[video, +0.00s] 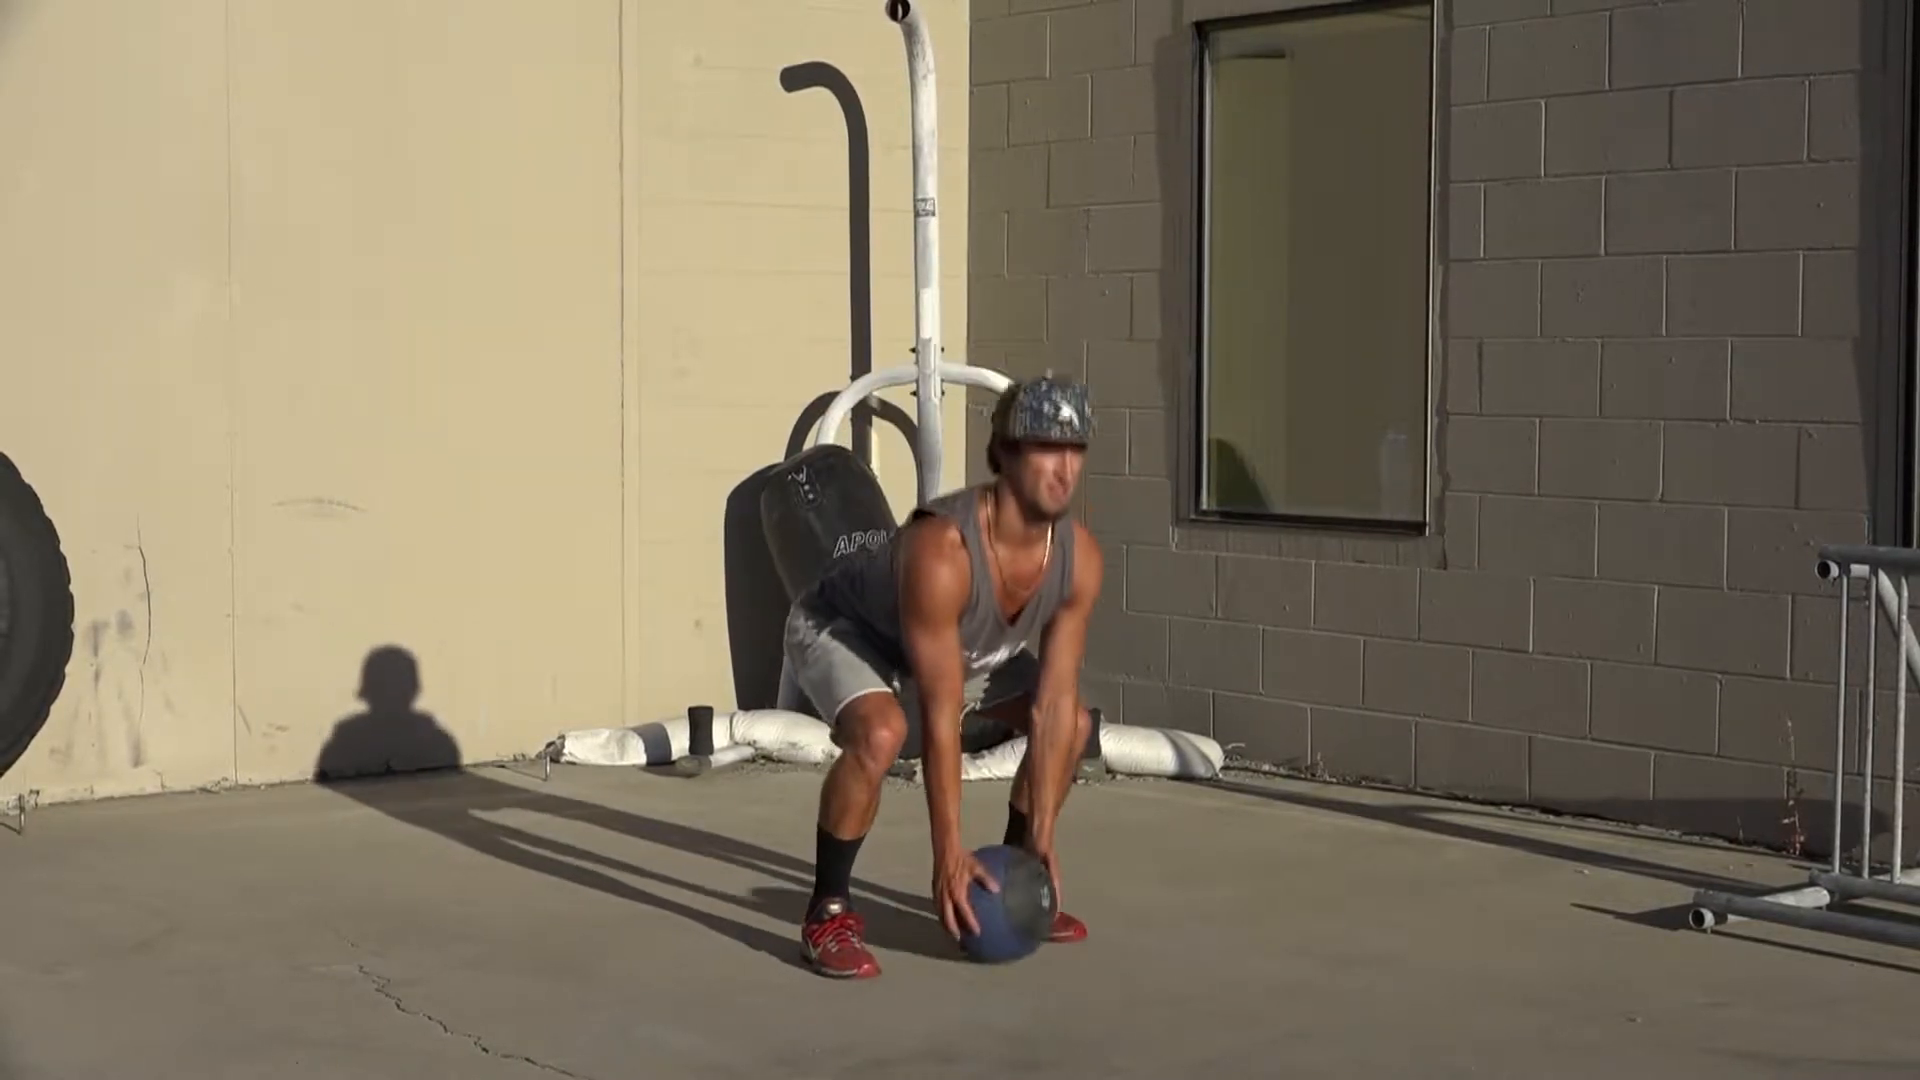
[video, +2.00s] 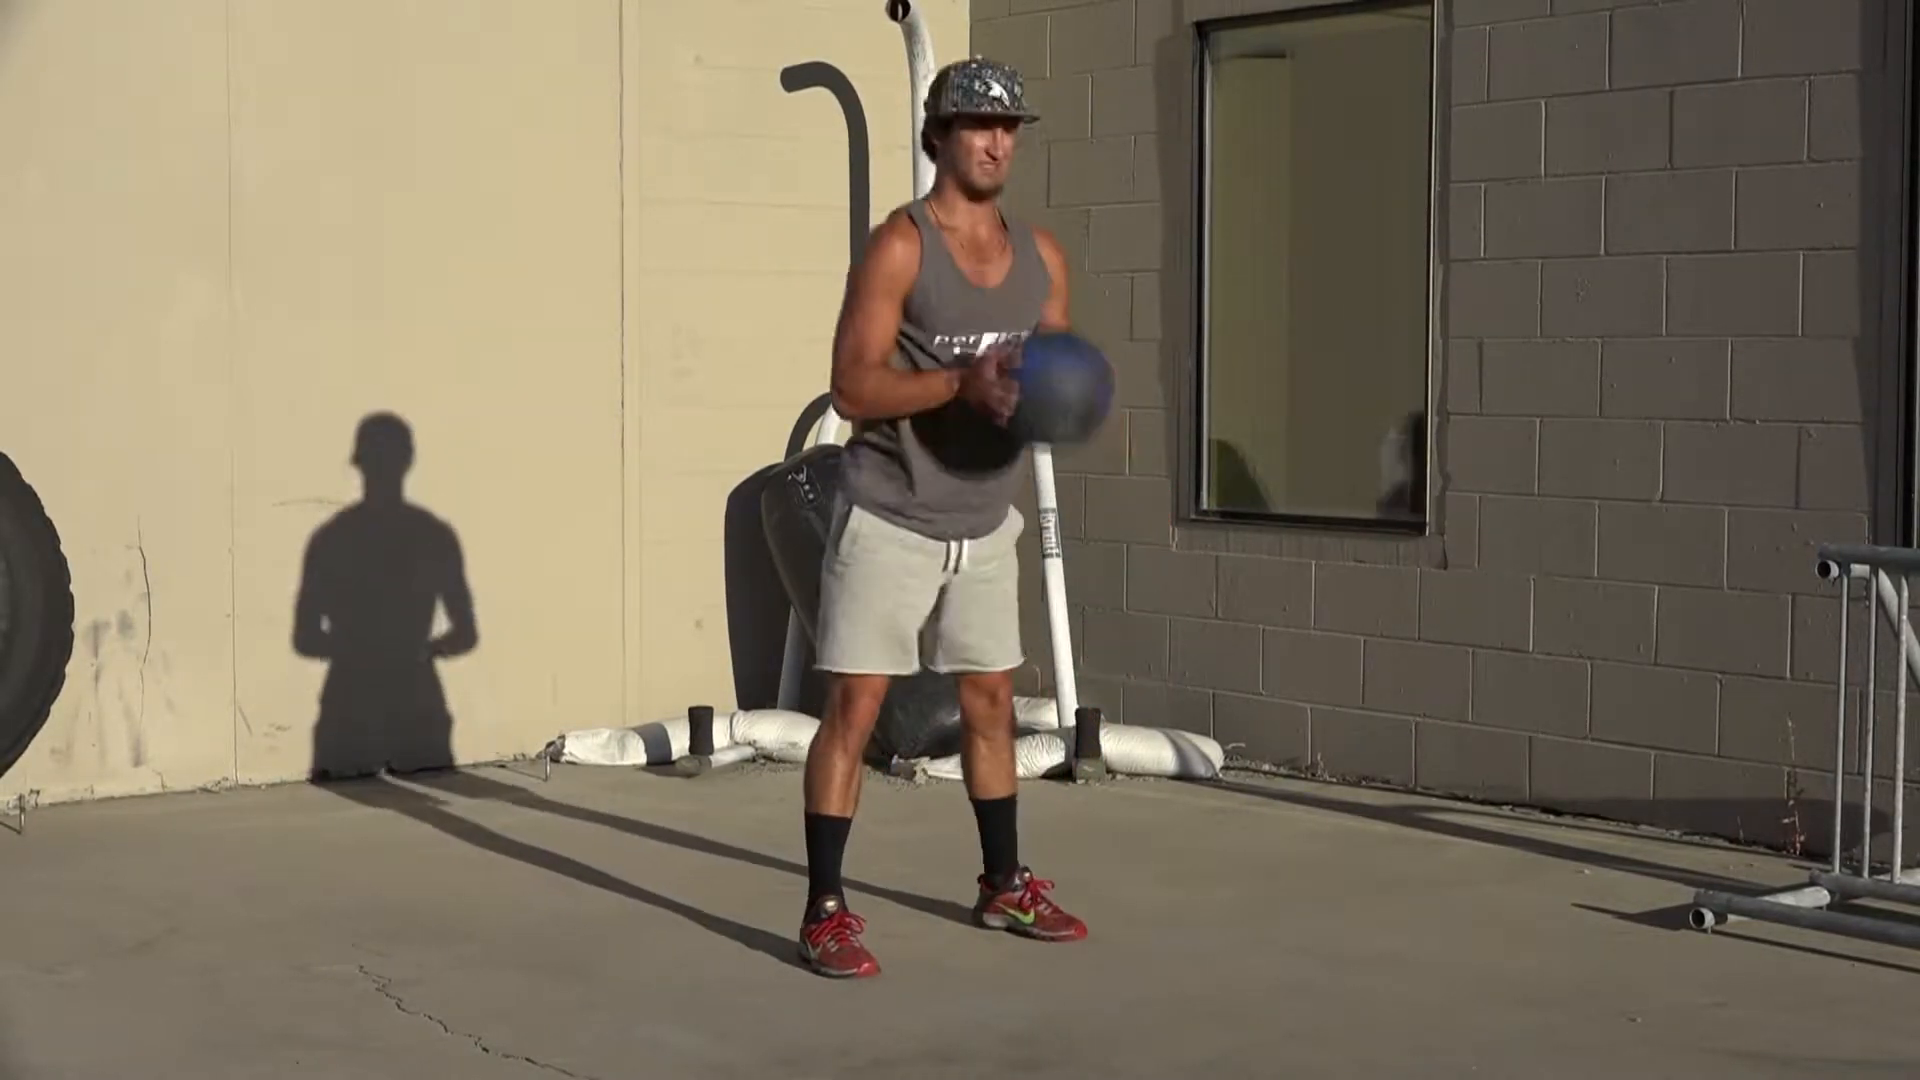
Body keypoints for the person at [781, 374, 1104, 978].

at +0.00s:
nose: (1064, 468)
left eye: (1074, 452)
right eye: (1047, 450)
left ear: (1085, 460)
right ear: (1004, 455)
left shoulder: (1077, 558)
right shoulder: (940, 549)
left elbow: (1055, 708)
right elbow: (941, 718)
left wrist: (1038, 852)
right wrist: (949, 855)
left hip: (948, 652)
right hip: (843, 631)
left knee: (1071, 723)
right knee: (880, 730)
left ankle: (1015, 884)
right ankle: (828, 912)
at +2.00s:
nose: (992, 142)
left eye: (1004, 128)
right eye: (974, 126)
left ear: (1018, 142)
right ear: (937, 139)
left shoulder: (1041, 254)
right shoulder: (898, 247)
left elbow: (1052, 370)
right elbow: (853, 391)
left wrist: (1065, 391)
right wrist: (958, 382)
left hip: (989, 517)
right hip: (890, 513)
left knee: (990, 699)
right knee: (857, 704)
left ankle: (1003, 886)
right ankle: (825, 910)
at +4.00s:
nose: (990, 257)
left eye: (1000, 241)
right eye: (971, 243)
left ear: (1018, 249)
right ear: (939, 259)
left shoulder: (1044, 348)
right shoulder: (923, 352)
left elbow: (1185, 432)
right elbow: (901, 462)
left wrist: (1105, 382)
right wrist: (997, 381)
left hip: (972, 594)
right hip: (870, 589)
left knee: (1073, 724)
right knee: (863, 734)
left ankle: (1010, 884)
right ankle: (822, 913)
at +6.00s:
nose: (1079, 503)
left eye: (1088, 487)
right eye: (1062, 485)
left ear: (1096, 493)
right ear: (1015, 483)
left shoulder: (1076, 573)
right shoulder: (942, 563)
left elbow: (1050, 717)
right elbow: (933, 723)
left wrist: (1032, 856)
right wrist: (941, 860)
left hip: (928, 622)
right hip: (826, 603)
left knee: (1043, 714)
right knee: (873, 725)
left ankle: (1014, 880)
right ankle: (824, 910)